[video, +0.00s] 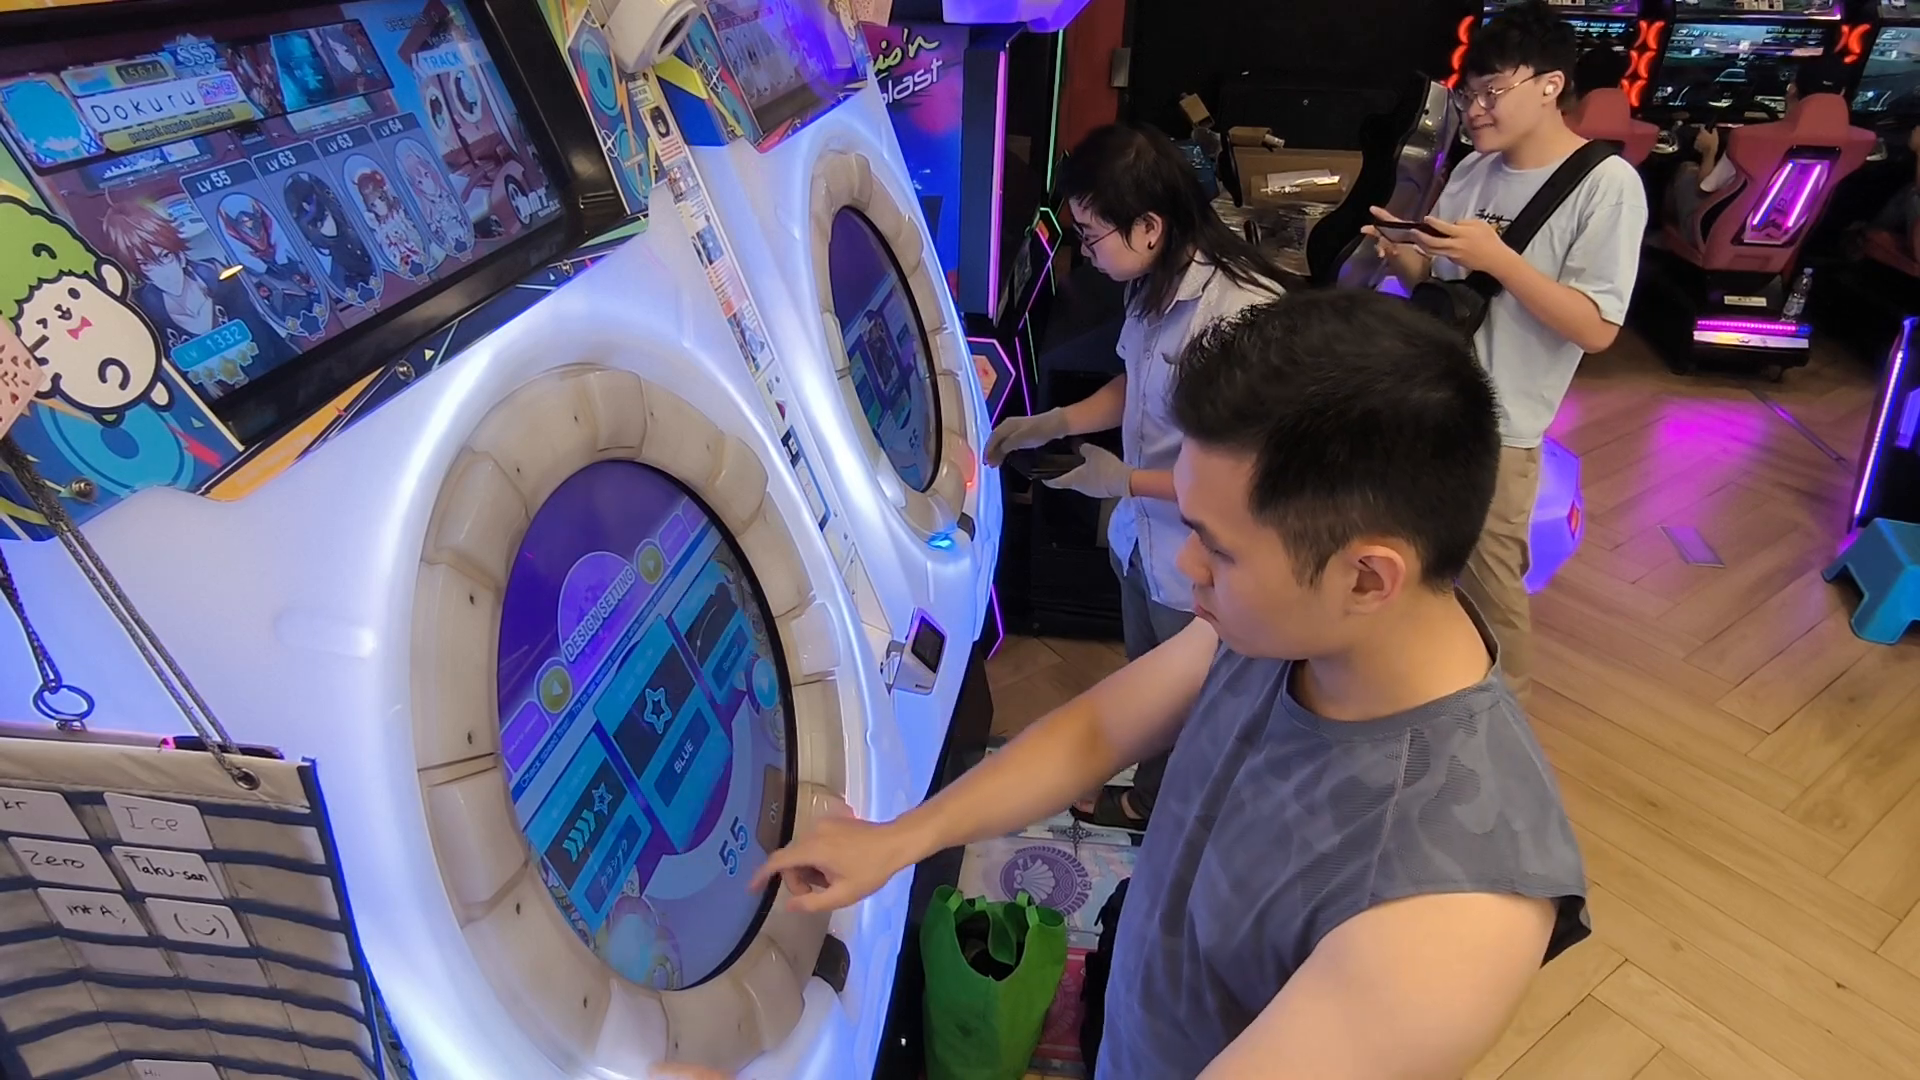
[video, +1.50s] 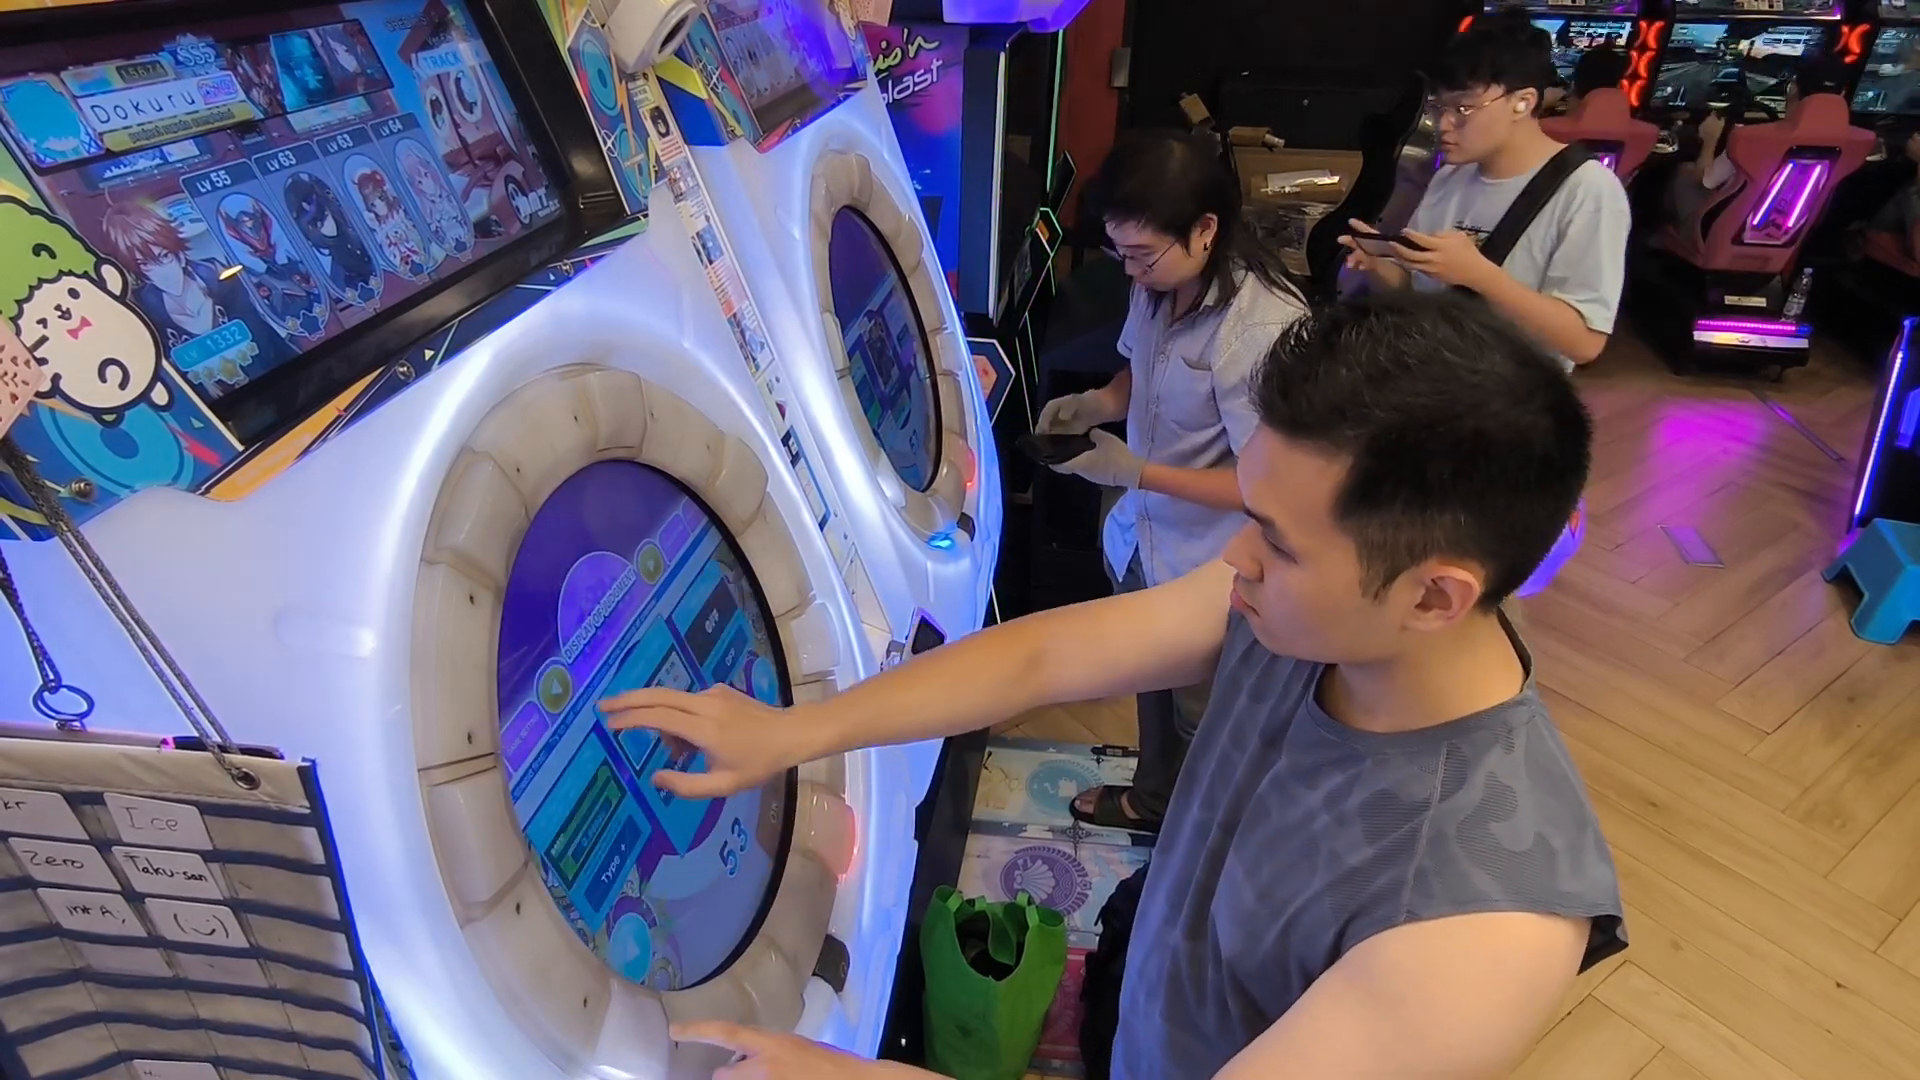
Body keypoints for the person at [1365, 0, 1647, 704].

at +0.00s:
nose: (1477, 110)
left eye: (1493, 92)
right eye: (1471, 96)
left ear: (1550, 87)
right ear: (1464, 100)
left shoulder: (1609, 183)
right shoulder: (1473, 170)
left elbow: (1597, 327)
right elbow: (1423, 269)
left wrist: (1495, 258)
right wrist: (1401, 252)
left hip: (1502, 435)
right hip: (1418, 411)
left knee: (1490, 597)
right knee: (1398, 579)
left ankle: (1498, 724)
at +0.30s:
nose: (1491, 105)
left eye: (1511, 89)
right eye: (1481, 91)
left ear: (1566, 87)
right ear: (1469, 92)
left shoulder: (1612, 184)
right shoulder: (1468, 167)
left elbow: (1601, 328)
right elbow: (1420, 274)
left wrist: (1507, 261)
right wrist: (1403, 252)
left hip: (1507, 427)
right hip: (1420, 398)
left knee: (1488, 579)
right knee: (1396, 571)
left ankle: (1494, 715)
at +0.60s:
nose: (1521, 130)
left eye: (1540, 112)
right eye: (1511, 111)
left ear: (1600, 98)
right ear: (1502, 100)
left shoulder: (1649, 188)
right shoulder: (1493, 169)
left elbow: (1638, 336)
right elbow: (1438, 294)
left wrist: (1549, 269)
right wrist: (1425, 264)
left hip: (1532, 436)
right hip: (1442, 401)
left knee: (1499, 597)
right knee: (1406, 572)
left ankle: (1487, 731)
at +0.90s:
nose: (1557, 146)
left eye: (1578, 129)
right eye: (1547, 126)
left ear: (1640, 109)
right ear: (1537, 110)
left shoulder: (1693, 199)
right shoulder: (1530, 175)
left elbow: (1676, 352)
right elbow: (1461, 302)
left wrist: (1588, 278)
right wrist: (1459, 267)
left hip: (1561, 459)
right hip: (1469, 419)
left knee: (1512, 626)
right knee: (1420, 599)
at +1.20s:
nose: (1534, 138)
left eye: (1554, 120)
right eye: (1530, 118)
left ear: (1621, 111)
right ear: (1526, 106)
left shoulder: (1682, 203)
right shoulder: (1531, 176)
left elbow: (1663, 357)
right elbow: (1474, 299)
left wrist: (1560, 281)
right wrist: (1450, 267)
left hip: (1561, 464)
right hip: (1471, 423)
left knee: (1512, 628)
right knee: (1421, 599)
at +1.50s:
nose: (1443, 124)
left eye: (1463, 108)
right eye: (1438, 107)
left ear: (1523, 103)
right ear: (1430, 102)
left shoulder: (1592, 191)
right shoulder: (1449, 180)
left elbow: (1584, 339)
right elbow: (1415, 295)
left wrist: (1476, 272)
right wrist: (1382, 266)